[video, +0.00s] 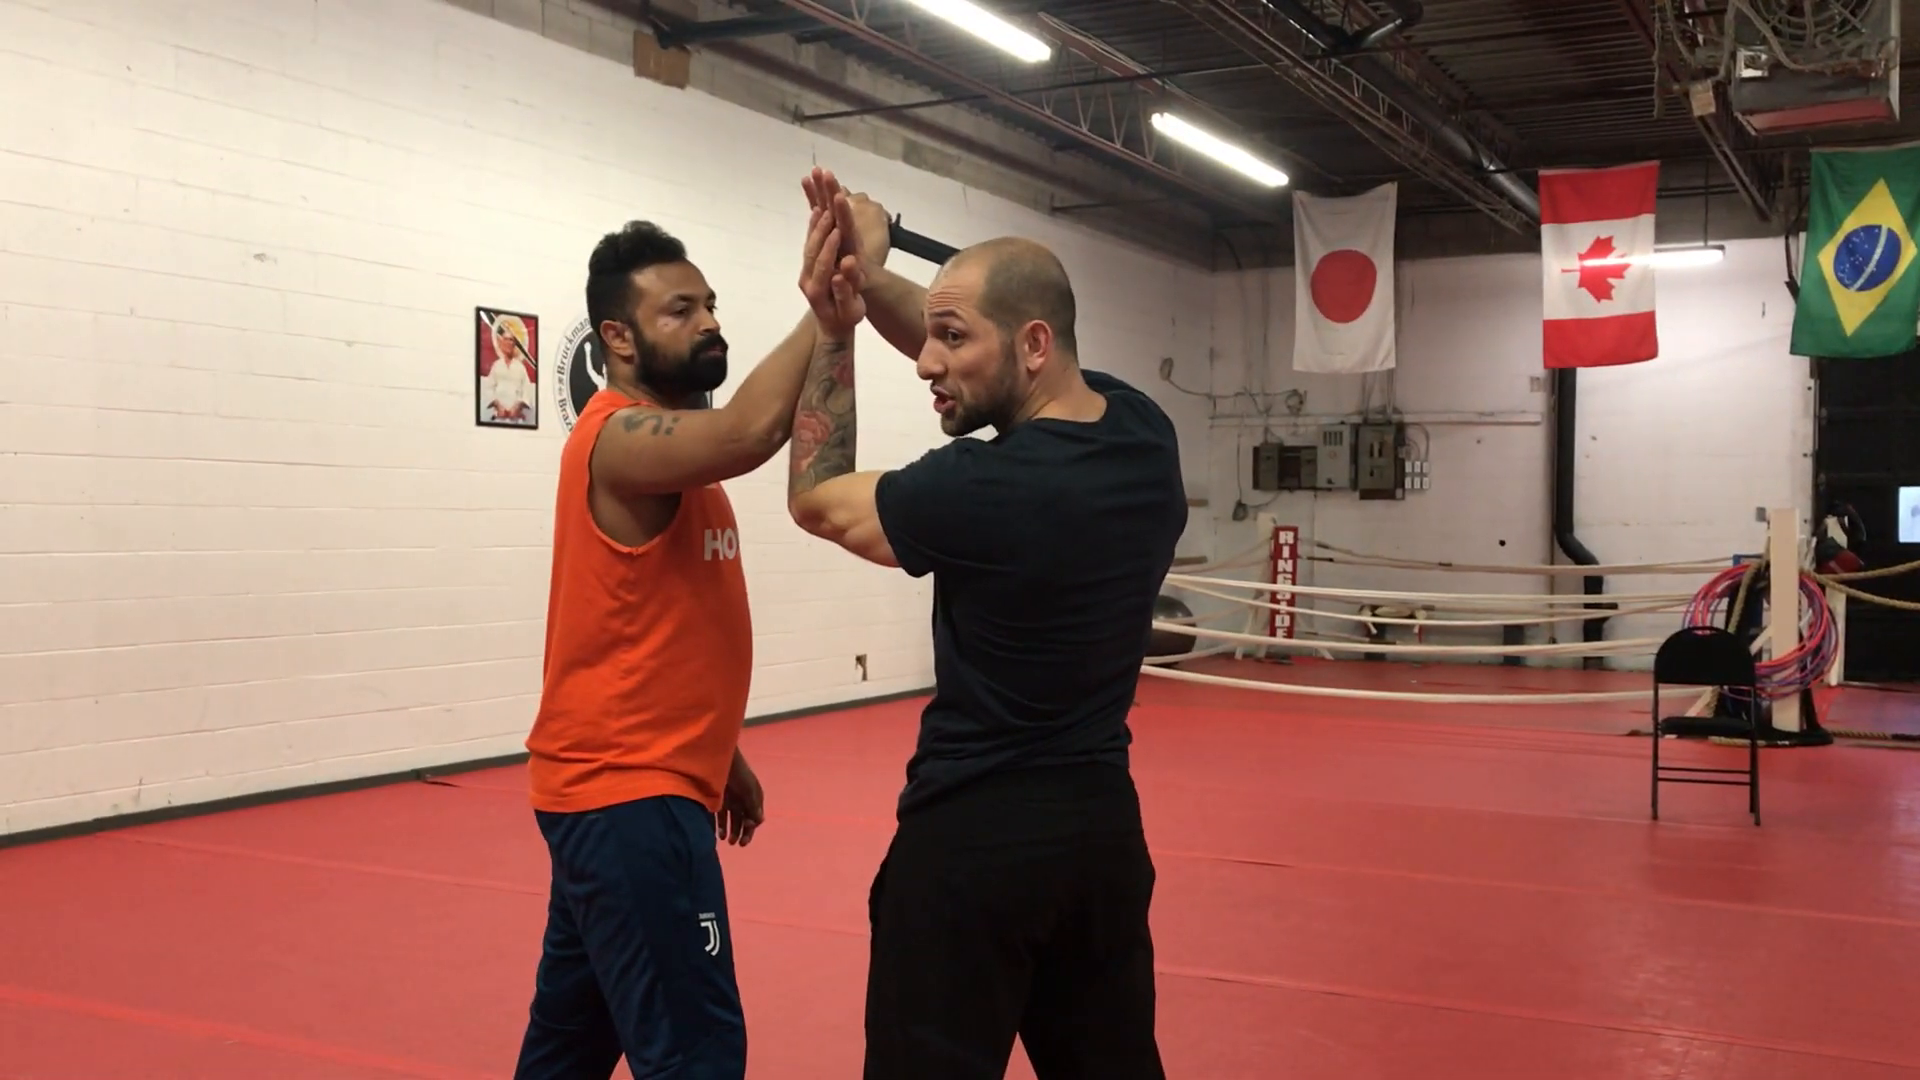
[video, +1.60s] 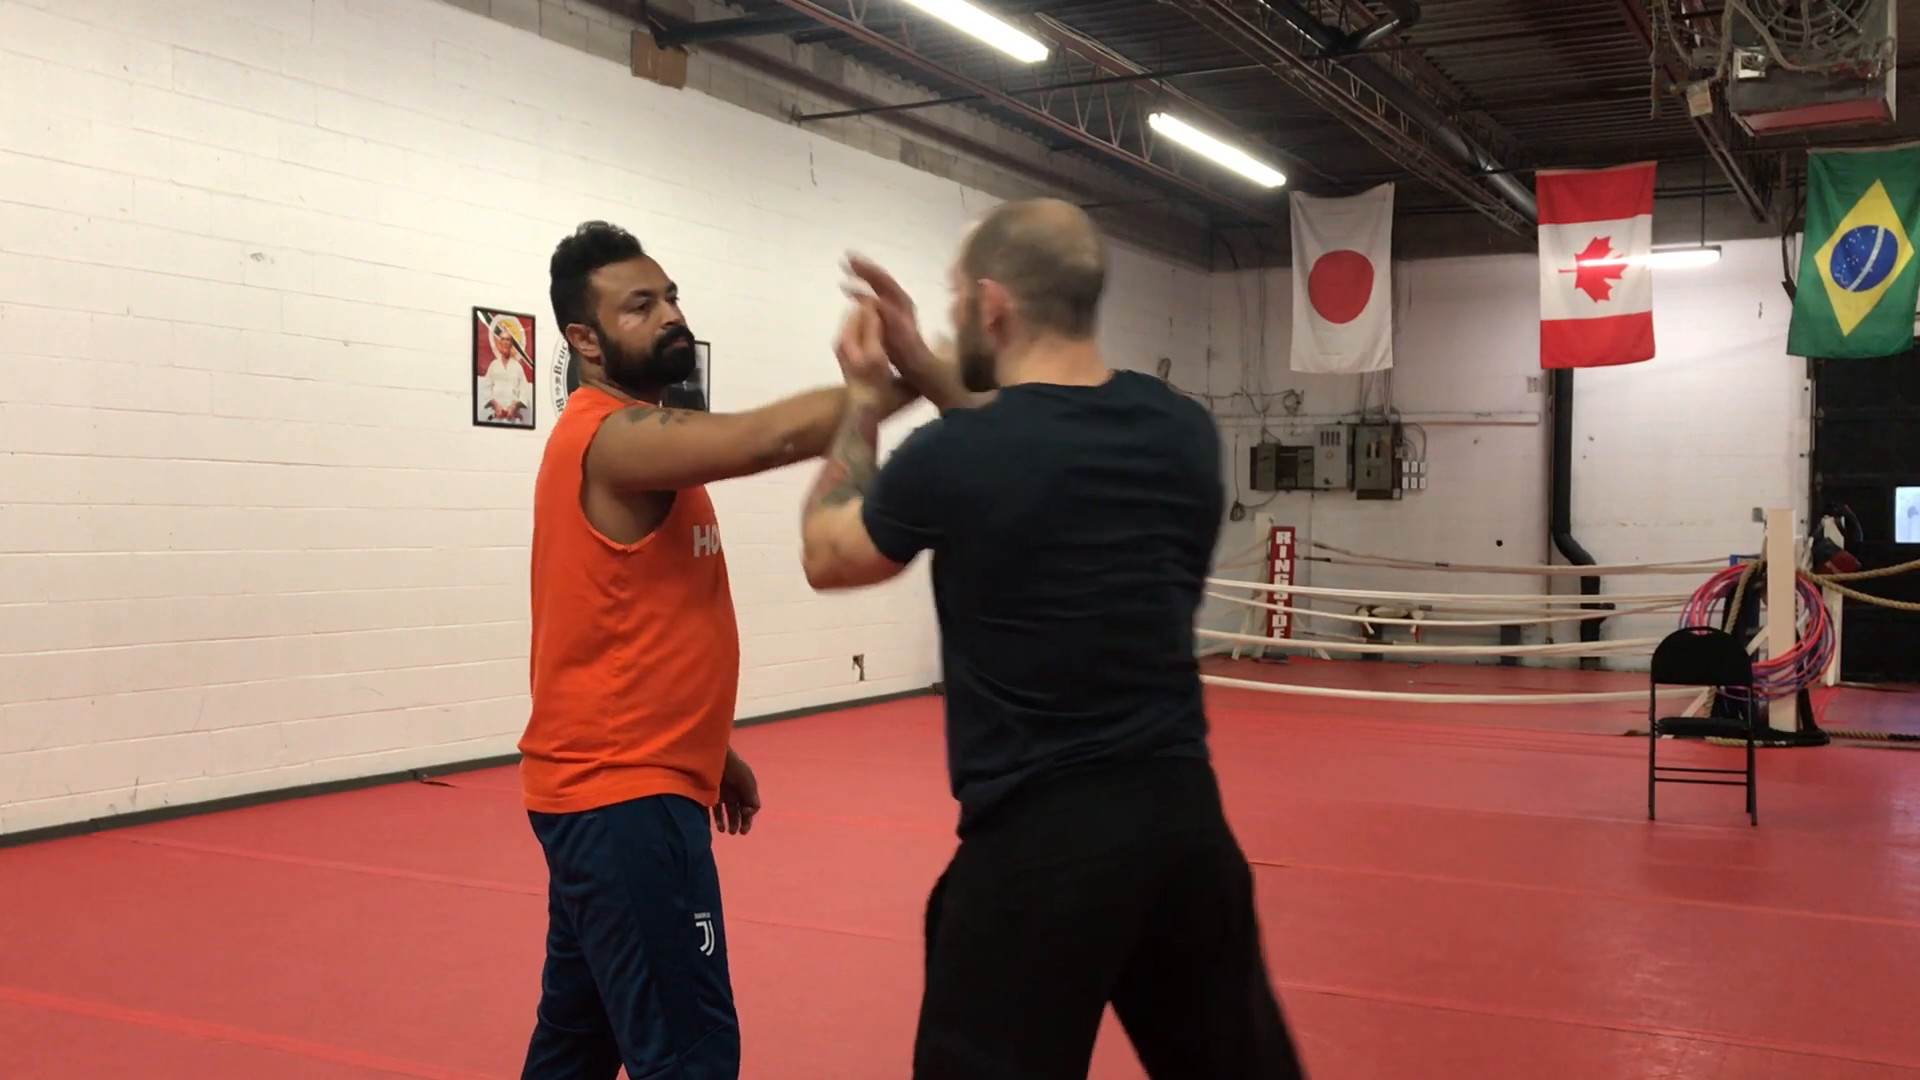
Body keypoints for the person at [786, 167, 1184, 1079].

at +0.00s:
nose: (930, 364)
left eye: (953, 337)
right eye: (930, 339)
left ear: (1032, 345)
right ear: (1036, 349)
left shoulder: (981, 490)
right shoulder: (1145, 436)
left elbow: (820, 500)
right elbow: (960, 349)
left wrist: (833, 320)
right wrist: (869, 272)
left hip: (964, 846)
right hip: (1100, 835)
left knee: (924, 1063)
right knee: (1115, 1068)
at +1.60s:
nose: (950, 312)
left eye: (956, 291)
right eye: (952, 291)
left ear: (995, 305)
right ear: (1090, 299)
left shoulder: (961, 451)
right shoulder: (1185, 430)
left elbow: (829, 556)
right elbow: (1057, 432)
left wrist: (862, 408)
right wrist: (934, 373)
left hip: (1029, 859)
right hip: (1183, 838)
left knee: (981, 1064)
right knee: (1243, 1068)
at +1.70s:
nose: (1009, 309)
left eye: (1014, 289)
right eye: (1011, 289)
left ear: (1051, 303)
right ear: (1147, 302)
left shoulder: (1002, 465)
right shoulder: (1240, 445)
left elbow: (872, 612)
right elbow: (1120, 528)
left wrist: (891, 471)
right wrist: (983, 430)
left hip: (1061, 874)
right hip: (1222, 858)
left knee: (1001, 1066)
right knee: (1303, 1069)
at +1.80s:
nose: (1076, 317)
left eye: (1082, 297)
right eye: (1079, 296)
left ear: (1123, 314)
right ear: (1217, 313)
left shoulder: (1071, 477)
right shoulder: (1312, 467)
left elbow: (947, 689)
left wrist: (942, 574)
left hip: (1109, 895)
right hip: (1282, 886)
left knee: (1032, 1065)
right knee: (1365, 1069)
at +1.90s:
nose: (1153, 338)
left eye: (1162, 317)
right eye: (1157, 317)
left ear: (1207, 337)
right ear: (1304, 340)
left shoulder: (1151, 500)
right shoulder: (1406, 505)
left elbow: (1069, 759)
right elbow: (1397, 699)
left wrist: (1021, 695)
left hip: (1181, 937)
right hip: (1359, 930)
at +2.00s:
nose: (1239, 363)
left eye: (1255, 339)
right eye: (1247, 339)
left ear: (1305, 364)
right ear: (1394, 370)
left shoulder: (1229, 518)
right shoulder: (1506, 535)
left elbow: (1189, 798)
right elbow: (1527, 782)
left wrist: (1150, 806)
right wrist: (1399, 790)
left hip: (1260, 965)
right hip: (1452, 958)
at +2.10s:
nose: (1313, 373)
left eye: (1328, 349)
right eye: (1320, 349)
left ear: (1378, 367)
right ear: (1468, 385)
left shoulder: (1279, 514)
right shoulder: (1579, 543)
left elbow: (1219, 777)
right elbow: (1631, 801)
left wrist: (1308, 842)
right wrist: (1479, 832)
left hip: (1316, 973)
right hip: (1521, 976)